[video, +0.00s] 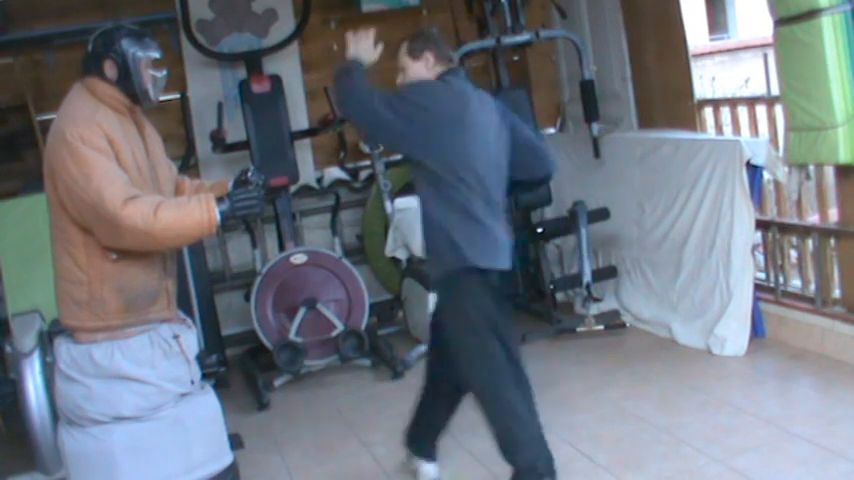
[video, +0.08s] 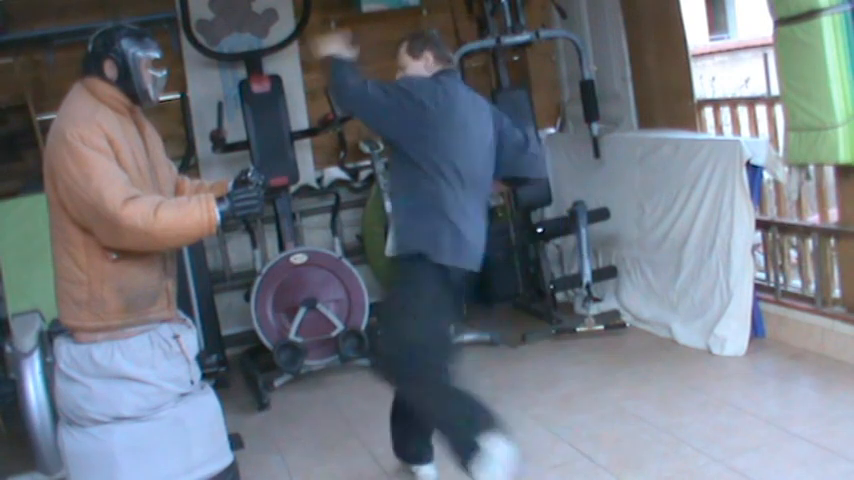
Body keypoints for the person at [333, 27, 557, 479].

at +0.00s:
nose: (401, 80)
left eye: (405, 70)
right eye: (400, 71)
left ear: (429, 60)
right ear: (439, 62)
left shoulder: (430, 102)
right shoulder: (488, 105)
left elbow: (363, 109)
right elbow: (540, 164)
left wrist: (354, 65)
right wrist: (484, 178)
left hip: (462, 261)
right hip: (493, 257)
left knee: (491, 370)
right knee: (449, 365)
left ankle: (535, 469)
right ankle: (420, 448)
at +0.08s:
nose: (400, 74)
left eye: (404, 65)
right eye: (400, 66)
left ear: (427, 59)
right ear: (444, 62)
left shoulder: (419, 97)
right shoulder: (484, 111)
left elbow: (354, 96)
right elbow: (528, 161)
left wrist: (338, 58)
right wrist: (485, 168)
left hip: (424, 249)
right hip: (462, 254)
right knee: (419, 355)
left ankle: (484, 440)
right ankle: (417, 458)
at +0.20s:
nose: (404, 78)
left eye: (407, 71)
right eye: (404, 71)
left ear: (426, 63)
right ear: (446, 66)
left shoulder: (418, 91)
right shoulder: (482, 115)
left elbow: (343, 108)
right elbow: (477, 174)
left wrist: (270, 104)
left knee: (291, 258)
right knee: (426, 346)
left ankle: (324, 319)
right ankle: (416, 455)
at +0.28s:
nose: (398, 90)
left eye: (400, 82)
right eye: (397, 84)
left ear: (418, 72)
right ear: (440, 74)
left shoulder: (416, 95)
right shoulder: (476, 119)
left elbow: (362, 128)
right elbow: (467, 179)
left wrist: (313, 144)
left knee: (279, 219)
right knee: (416, 344)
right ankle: (398, 451)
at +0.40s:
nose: (392, 91)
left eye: (394, 83)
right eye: (393, 85)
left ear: (413, 77)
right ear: (431, 81)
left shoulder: (412, 98)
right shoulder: (465, 129)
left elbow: (380, 152)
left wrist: (335, 155)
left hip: (379, 212)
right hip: (426, 242)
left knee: (264, 230)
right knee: (401, 342)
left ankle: (151, 267)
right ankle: (388, 454)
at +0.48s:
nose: (386, 91)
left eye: (389, 81)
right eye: (384, 85)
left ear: (411, 73)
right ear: (425, 77)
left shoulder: (412, 97)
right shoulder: (461, 130)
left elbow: (374, 135)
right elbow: (423, 177)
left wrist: (310, 131)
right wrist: (366, 162)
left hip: (381, 216)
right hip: (428, 239)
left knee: (279, 260)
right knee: (406, 343)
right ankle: (389, 455)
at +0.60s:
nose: (376, 84)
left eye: (378, 74)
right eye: (373, 77)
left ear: (402, 64)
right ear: (411, 66)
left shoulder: (408, 86)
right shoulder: (449, 116)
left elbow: (379, 112)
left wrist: (301, 92)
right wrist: (362, 138)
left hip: (393, 225)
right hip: (437, 235)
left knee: (316, 313)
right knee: (410, 340)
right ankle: (403, 451)